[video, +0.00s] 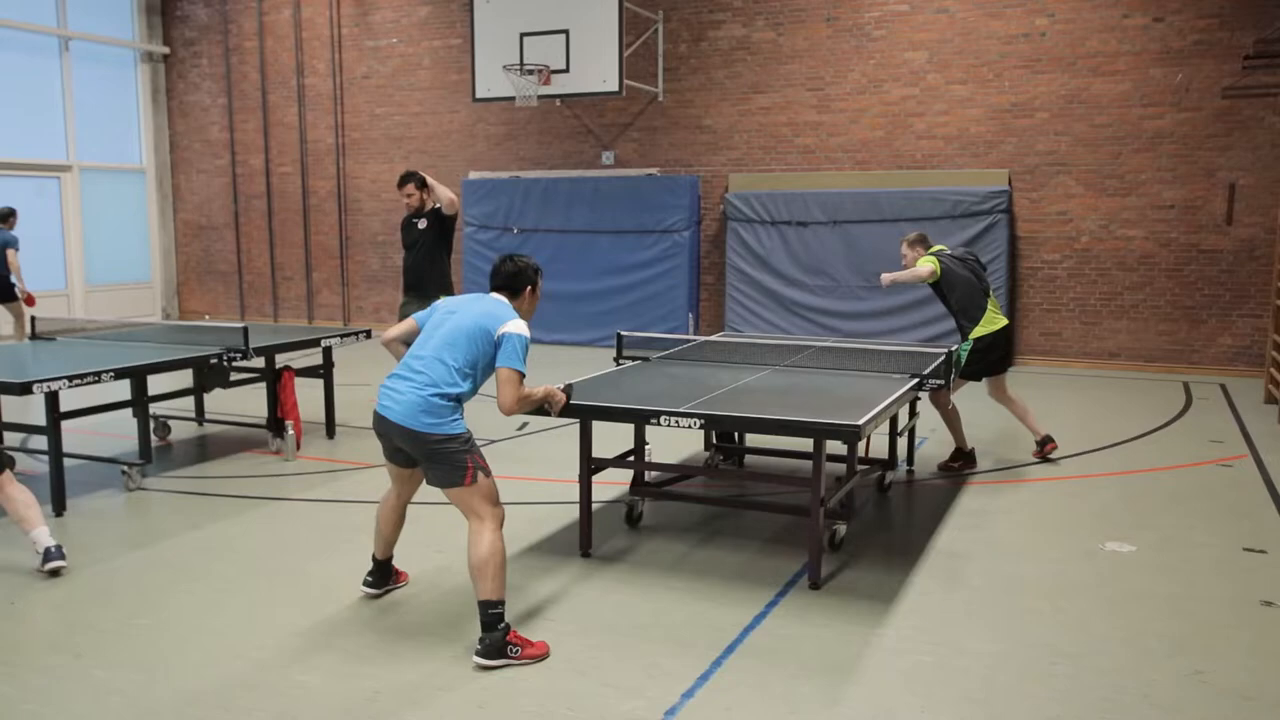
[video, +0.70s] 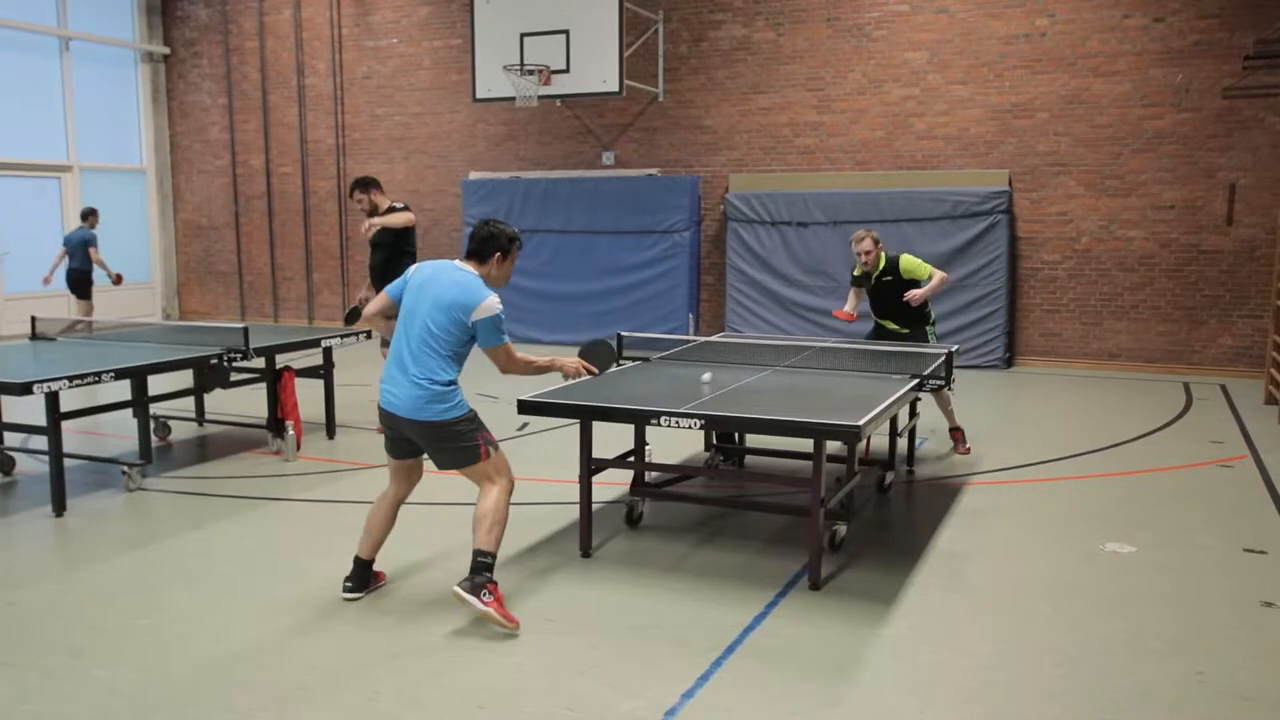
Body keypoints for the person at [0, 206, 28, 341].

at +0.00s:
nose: (16, 222)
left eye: (15, 219)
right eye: (15, 219)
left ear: (2, 220)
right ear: (10, 220)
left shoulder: (7, 238)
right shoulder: (9, 238)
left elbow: (11, 261)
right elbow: (12, 261)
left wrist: (20, 285)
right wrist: (21, 284)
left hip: (4, 282)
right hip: (3, 282)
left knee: (19, 315)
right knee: (19, 315)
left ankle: (19, 348)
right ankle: (19, 349)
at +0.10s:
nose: (23, 225)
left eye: (23, 221)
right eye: (22, 221)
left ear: (8, 221)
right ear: (17, 222)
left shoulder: (3, 235)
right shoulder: (17, 240)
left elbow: (16, 262)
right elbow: (16, 262)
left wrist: (24, 286)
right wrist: (25, 285)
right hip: (6, 281)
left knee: (25, 315)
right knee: (26, 315)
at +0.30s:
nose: (47, 220)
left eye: (47, 217)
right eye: (46, 217)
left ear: (32, 217)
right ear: (41, 217)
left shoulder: (19, 233)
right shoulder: (40, 234)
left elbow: (16, 257)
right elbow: (40, 256)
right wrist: (47, 280)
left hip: (18, 272)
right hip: (34, 272)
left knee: (15, 312)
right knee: (39, 309)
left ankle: (2, 331)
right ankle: (38, 339)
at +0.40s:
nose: (58, 218)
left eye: (58, 214)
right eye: (57, 214)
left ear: (44, 214)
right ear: (51, 214)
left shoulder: (30, 230)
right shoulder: (50, 231)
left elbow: (25, 254)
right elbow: (52, 253)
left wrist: (26, 271)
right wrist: (61, 274)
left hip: (30, 270)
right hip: (44, 270)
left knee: (36, 306)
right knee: (42, 308)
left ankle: (35, 334)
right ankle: (39, 335)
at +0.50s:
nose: (71, 219)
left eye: (71, 216)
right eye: (69, 216)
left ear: (58, 216)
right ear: (64, 215)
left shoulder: (42, 232)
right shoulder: (63, 233)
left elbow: (33, 254)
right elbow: (68, 256)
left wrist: (29, 274)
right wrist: (80, 272)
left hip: (42, 271)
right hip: (56, 271)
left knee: (58, 306)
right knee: (49, 306)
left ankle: (59, 332)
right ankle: (40, 333)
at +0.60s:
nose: (84, 222)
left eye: (84, 219)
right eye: (82, 218)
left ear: (71, 219)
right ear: (76, 219)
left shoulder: (56, 236)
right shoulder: (77, 236)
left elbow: (45, 256)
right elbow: (82, 258)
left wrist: (35, 274)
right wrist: (96, 270)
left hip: (56, 274)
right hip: (69, 275)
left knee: (74, 307)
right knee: (59, 309)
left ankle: (82, 333)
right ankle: (47, 334)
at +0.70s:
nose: (97, 222)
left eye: (97, 218)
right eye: (96, 218)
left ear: (84, 219)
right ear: (89, 218)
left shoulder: (70, 236)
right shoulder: (90, 235)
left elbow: (60, 256)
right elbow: (95, 259)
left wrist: (49, 274)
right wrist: (109, 273)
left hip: (71, 274)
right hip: (83, 275)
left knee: (88, 309)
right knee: (84, 312)